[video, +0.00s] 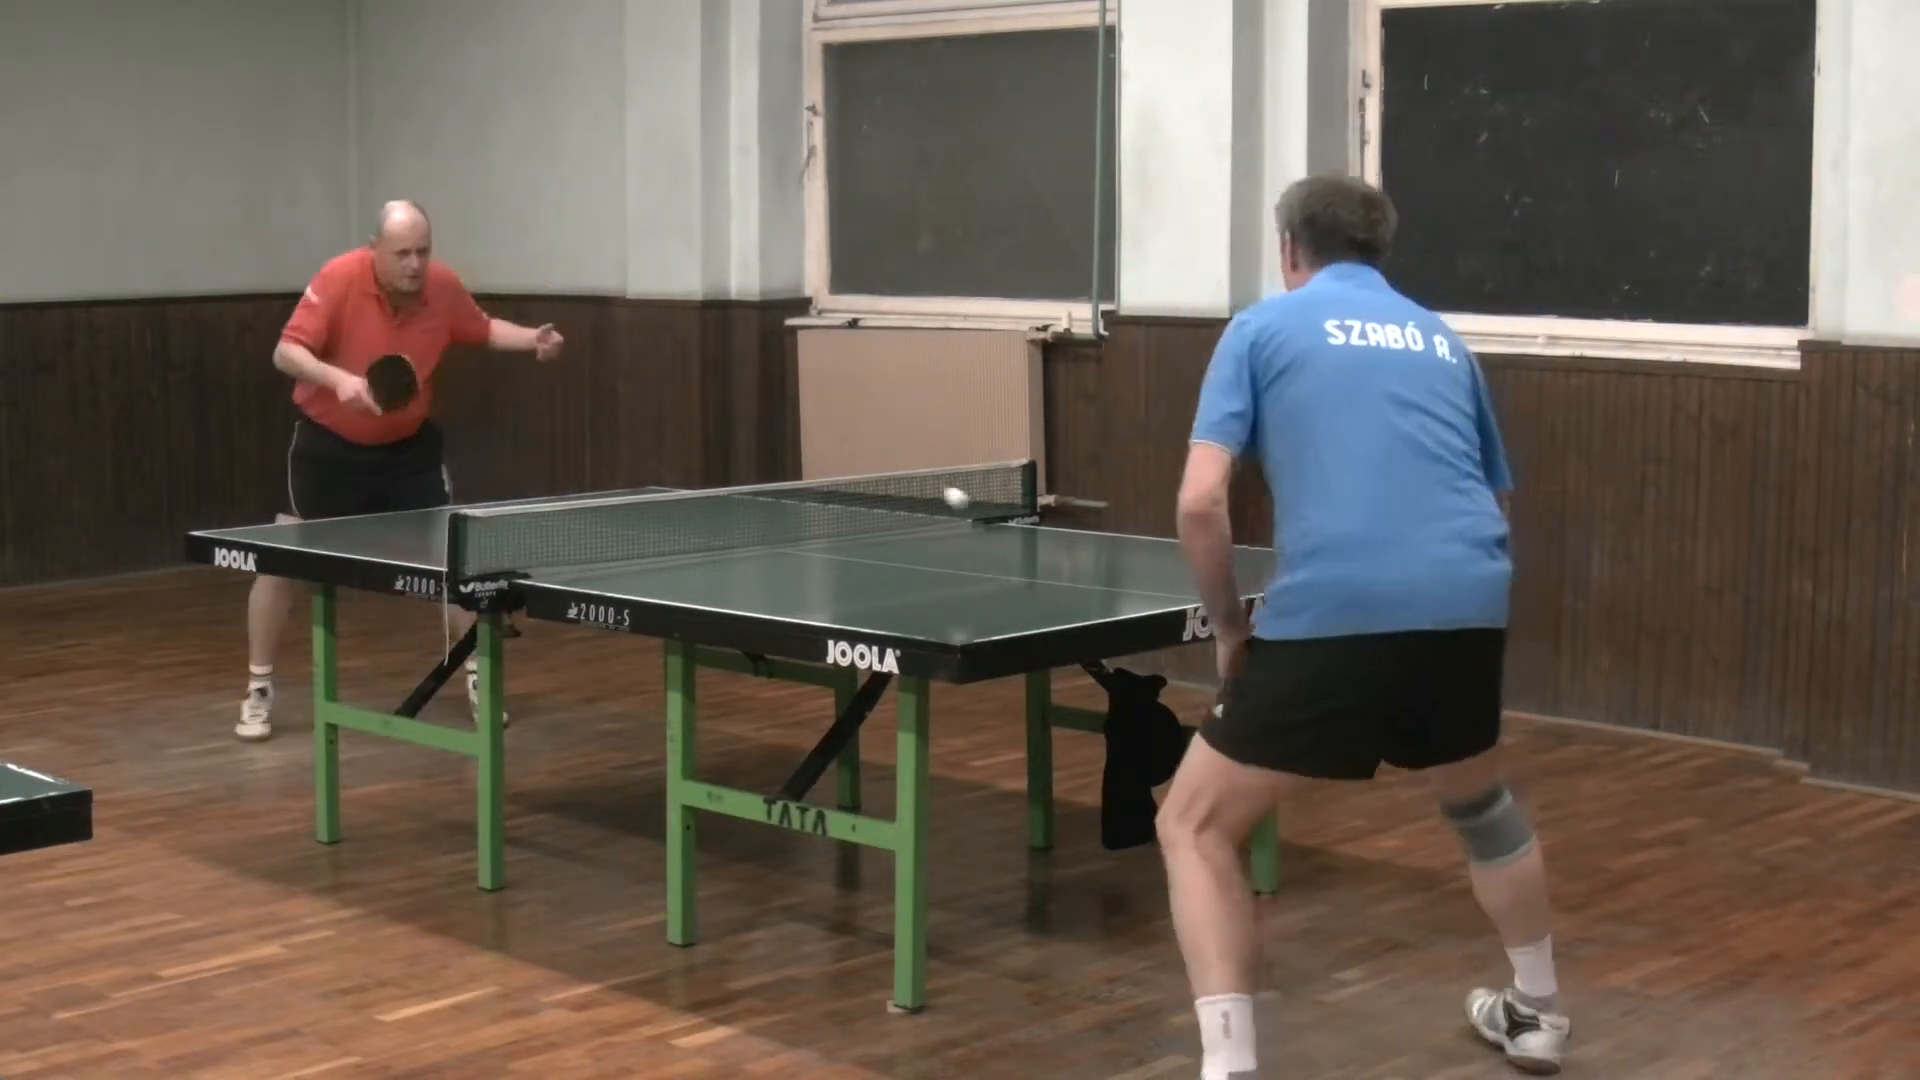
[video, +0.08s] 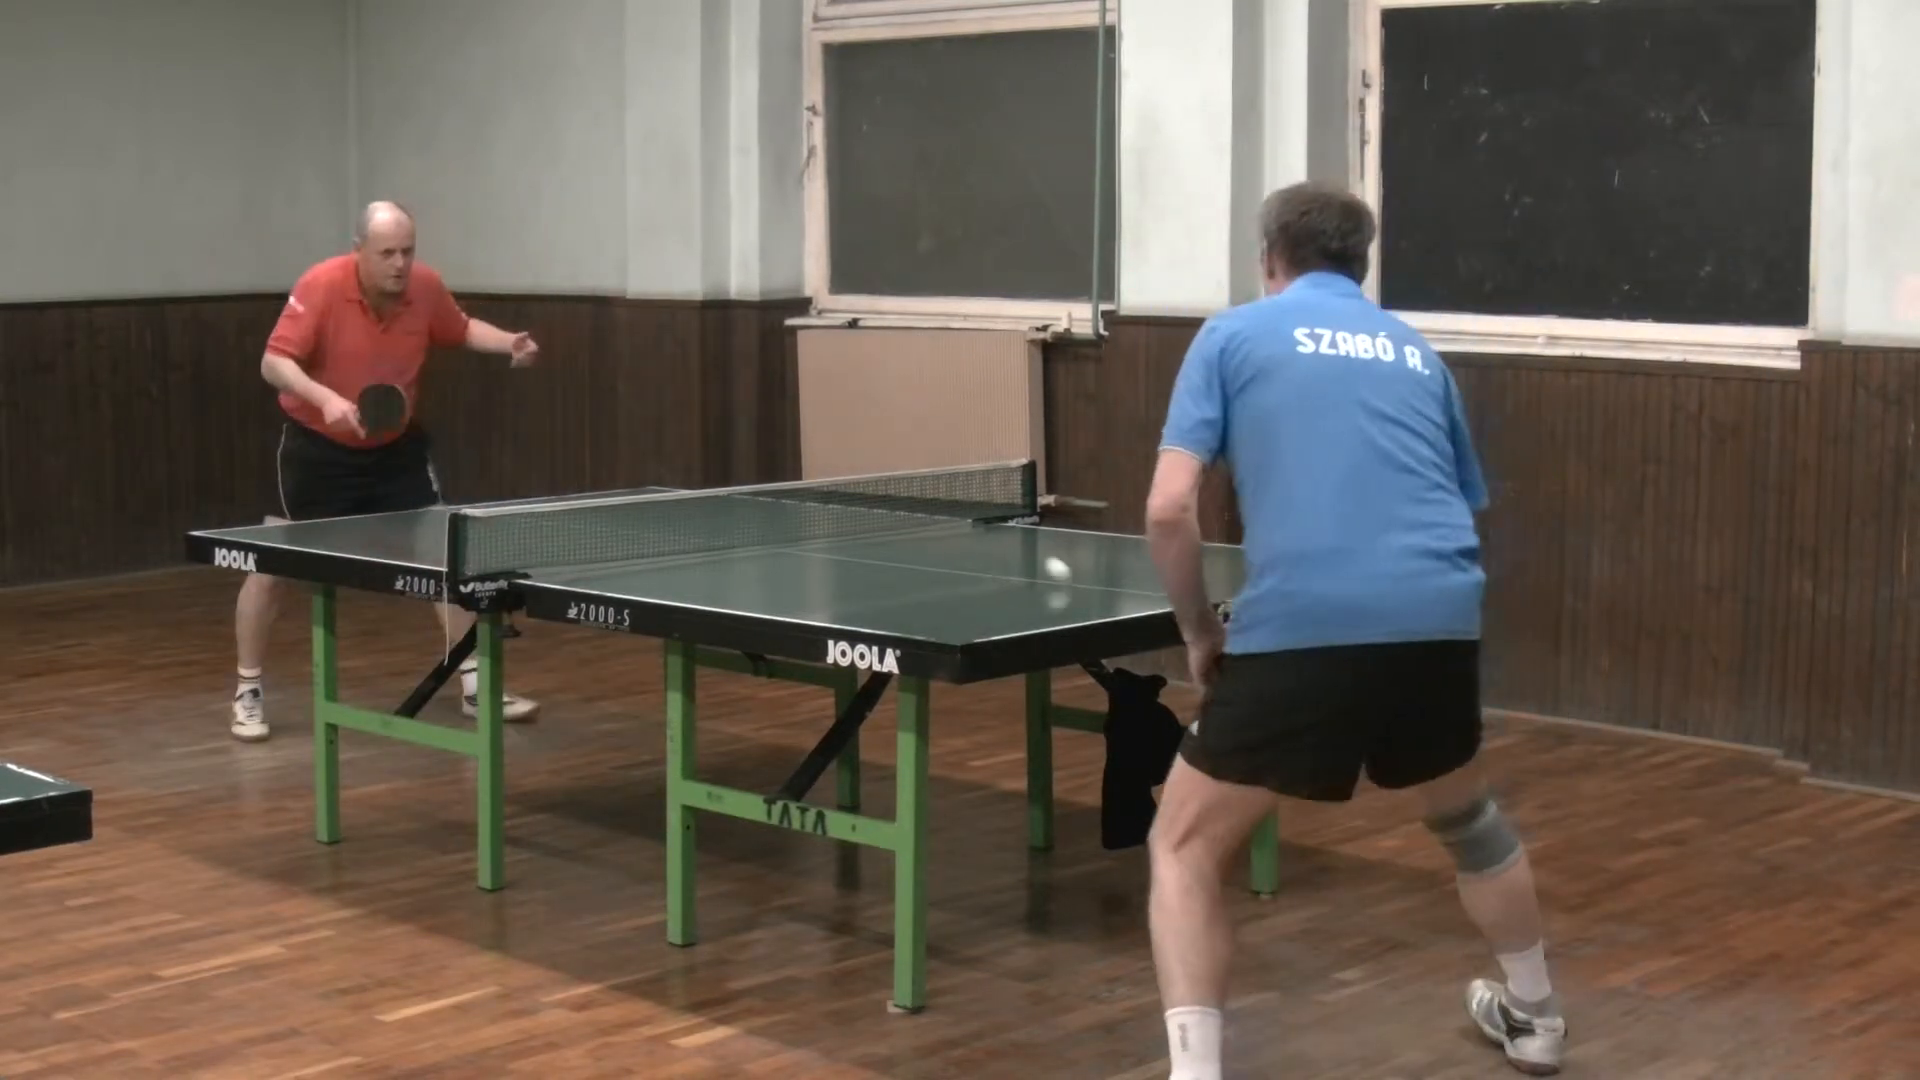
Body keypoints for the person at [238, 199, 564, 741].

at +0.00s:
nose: (414, 264)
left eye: (422, 252)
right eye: (403, 254)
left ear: (431, 248)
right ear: (375, 250)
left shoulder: (444, 287)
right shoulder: (341, 278)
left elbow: (481, 327)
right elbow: (286, 351)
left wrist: (531, 339)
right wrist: (337, 378)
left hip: (411, 447)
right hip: (329, 447)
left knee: (453, 564)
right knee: (283, 560)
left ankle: (479, 683)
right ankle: (259, 688)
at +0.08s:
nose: (400, 263)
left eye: (407, 252)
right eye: (388, 254)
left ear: (414, 248)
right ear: (359, 252)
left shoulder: (427, 287)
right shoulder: (323, 285)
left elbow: (459, 329)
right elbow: (274, 362)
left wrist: (509, 343)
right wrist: (324, 398)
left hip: (398, 449)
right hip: (318, 450)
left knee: (446, 557)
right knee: (276, 561)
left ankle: (475, 685)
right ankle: (248, 690)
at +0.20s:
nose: (382, 261)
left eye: (390, 249)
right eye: (369, 251)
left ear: (397, 247)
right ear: (341, 251)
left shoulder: (413, 287)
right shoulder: (306, 290)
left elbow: (447, 329)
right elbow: (265, 370)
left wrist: (487, 350)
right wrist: (315, 414)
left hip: (393, 446)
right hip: (309, 449)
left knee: (442, 551)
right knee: (273, 561)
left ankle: (458, 673)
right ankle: (248, 689)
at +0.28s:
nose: (376, 260)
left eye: (383, 249)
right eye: (363, 251)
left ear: (391, 246)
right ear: (334, 252)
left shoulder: (409, 287)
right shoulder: (301, 293)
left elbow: (444, 332)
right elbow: (263, 375)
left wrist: (478, 359)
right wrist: (310, 422)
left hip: (393, 448)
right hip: (311, 451)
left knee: (441, 556)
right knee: (268, 559)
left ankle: (460, 674)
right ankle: (245, 689)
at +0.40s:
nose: (372, 264)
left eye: (379, 253)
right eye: (359, 255)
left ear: (386, 250)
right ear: (329, 256)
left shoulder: (405, 290)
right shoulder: (298, 300)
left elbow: (442, 338)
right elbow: (264, 385)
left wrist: (468, 373)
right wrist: (314, 430)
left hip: (394, 452)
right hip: (311, 455)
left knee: (445, 556)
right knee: (267, 562)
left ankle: (460, 675)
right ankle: (244, 690)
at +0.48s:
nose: (373, 267)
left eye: (380, 256)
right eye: (360, 258)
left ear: (387, 253)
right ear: (331, 259)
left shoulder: (405, 293)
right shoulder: (298, 304)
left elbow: (439, 343)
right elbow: (268, 391)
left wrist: (462, 380)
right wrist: (322, 434)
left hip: (392, 456)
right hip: (310, 460)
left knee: (446, 555)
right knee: (266, 563)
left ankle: (460, 675)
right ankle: (244, 690)